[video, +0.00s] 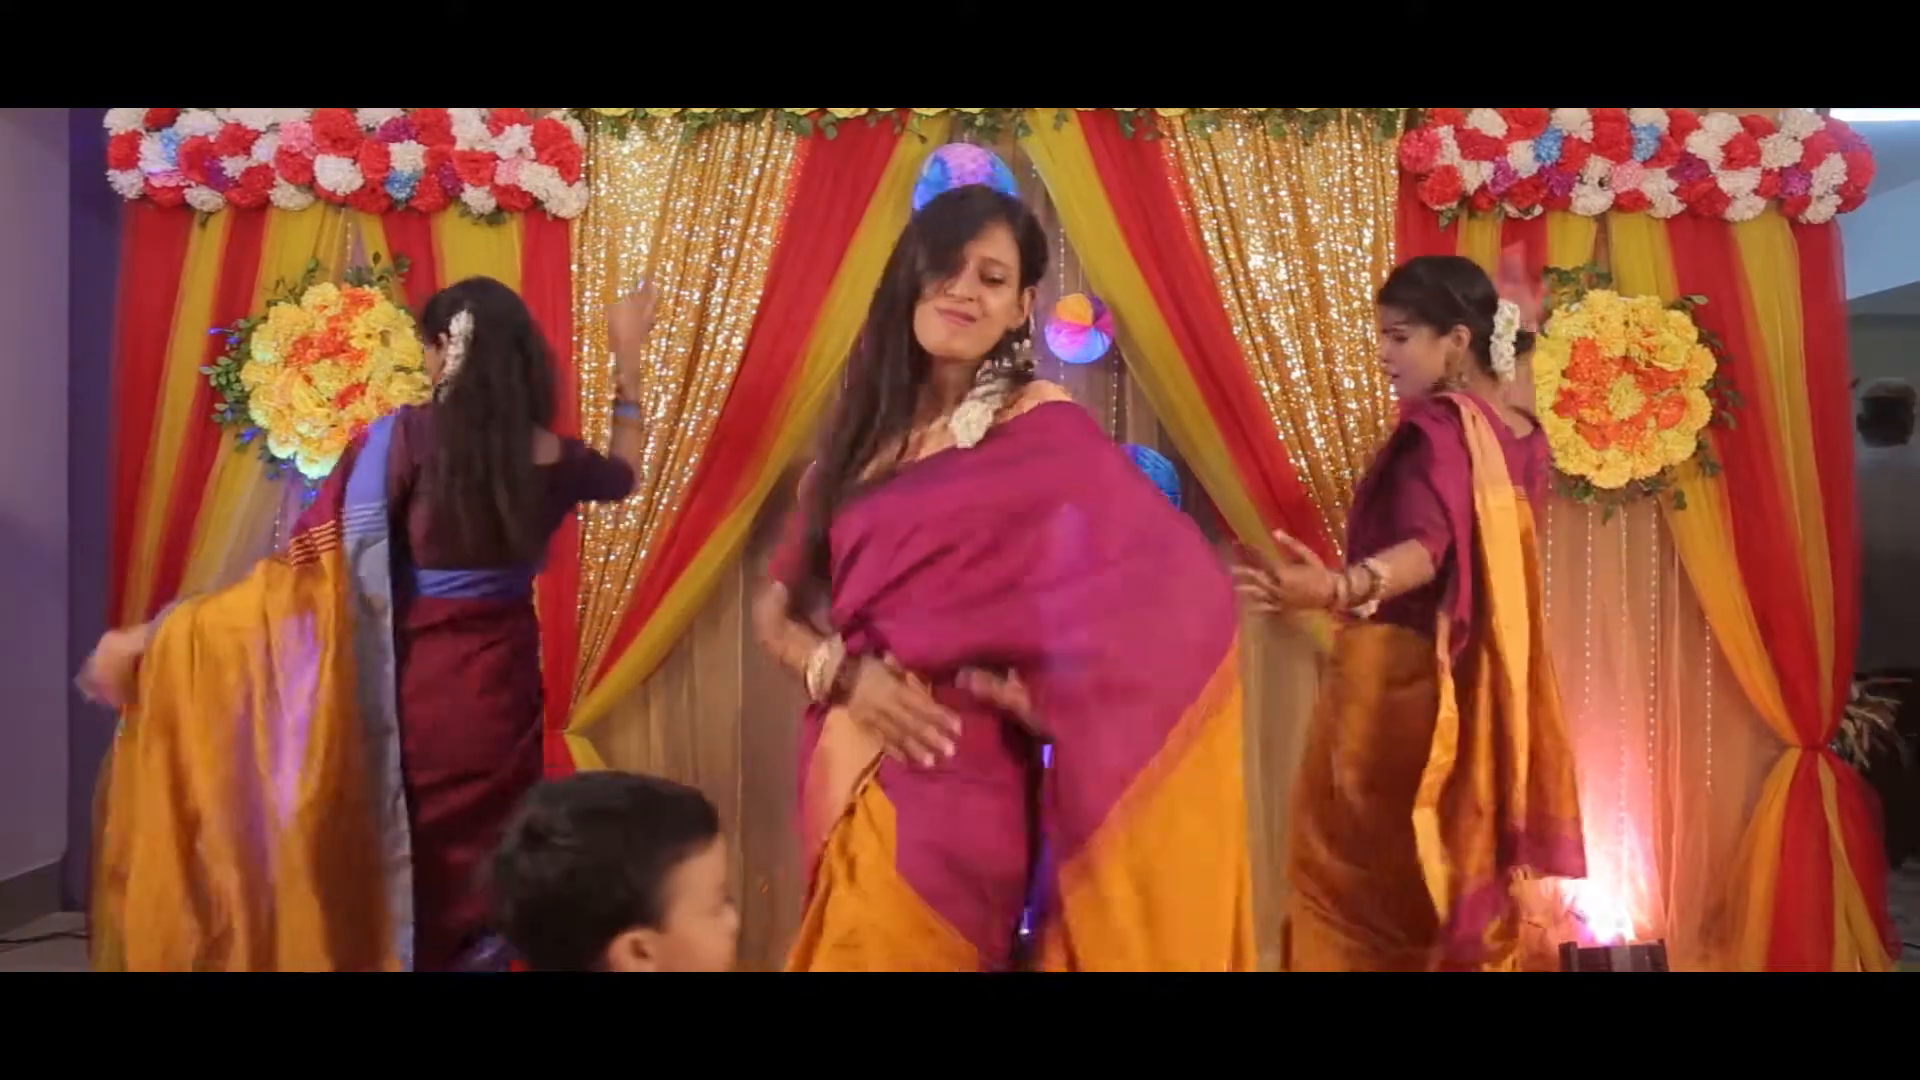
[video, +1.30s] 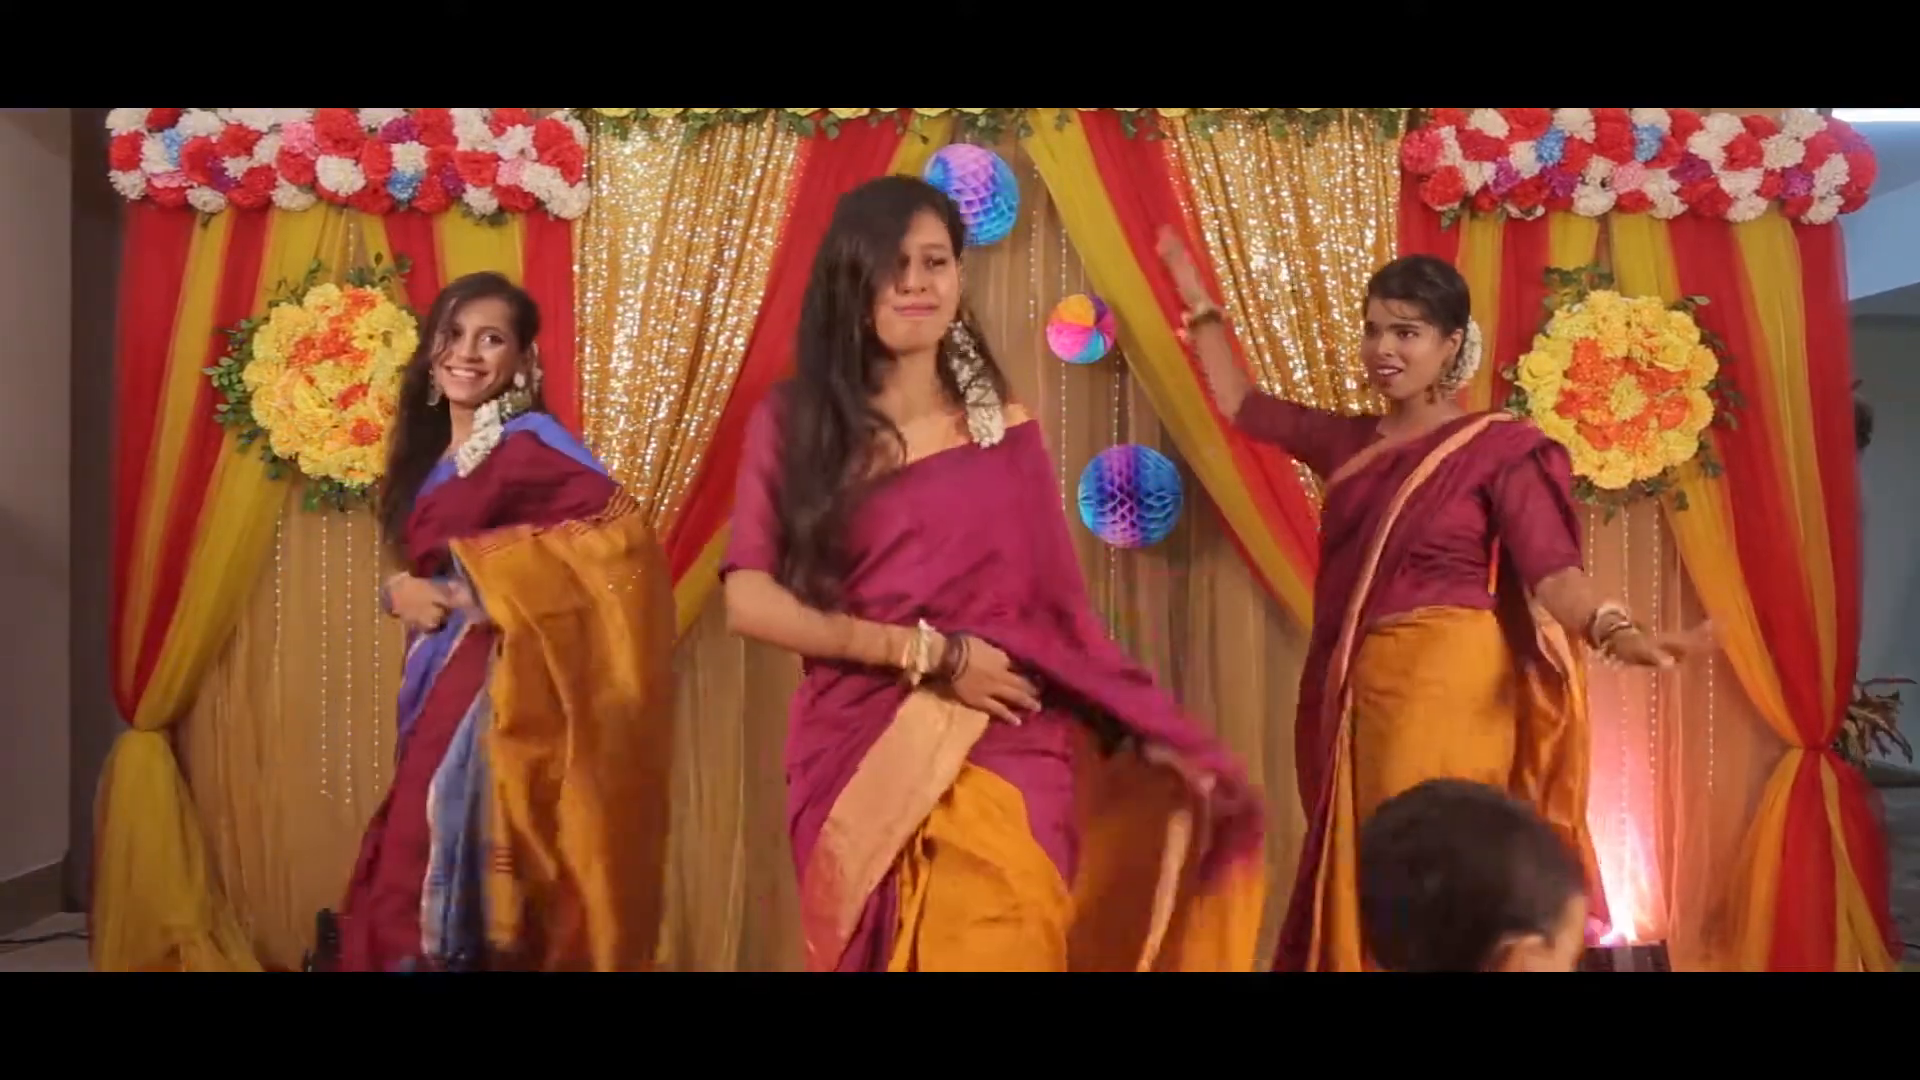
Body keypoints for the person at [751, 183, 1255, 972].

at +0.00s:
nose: (961, 294)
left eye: (992, 279)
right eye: (944, 268)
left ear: (1023, 306)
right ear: (908, 281)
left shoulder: (1042, 419)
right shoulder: (862, 442)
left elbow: (1180, 591)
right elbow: (770, 611)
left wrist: (1061, 706)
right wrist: (850, 679)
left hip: (969, 760)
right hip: (849, 765)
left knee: (893, 951)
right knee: (853, 951)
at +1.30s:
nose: (915, 282)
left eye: (936, 260)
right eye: (890, 261)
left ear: (962, 280)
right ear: (846, 280)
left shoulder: (1004, 419)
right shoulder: (794, 420)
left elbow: (1066, 612)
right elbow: (749, 602)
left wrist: (1161, 731)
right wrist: (933, 652)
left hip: (1011, 734)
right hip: (860, 736)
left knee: (1003, 941)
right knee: (876, 950)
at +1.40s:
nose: (928, 300)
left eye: (947, 278)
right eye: (904, 279)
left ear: (971, 290)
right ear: (860, 290)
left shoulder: (1009, 429)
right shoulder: (800, 424)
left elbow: (1058, 633)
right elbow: (758, 608)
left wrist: (1186, 654)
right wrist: (940, 666)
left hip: (1007, 753)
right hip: (857, 759)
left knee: (1006, 946)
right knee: (869, 957)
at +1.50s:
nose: (937, 326)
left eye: (953, 302)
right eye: (913, 306)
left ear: (975, 305)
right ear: (867, 313)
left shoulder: (1016, 442)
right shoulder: (808, 449)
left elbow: (1061, 607)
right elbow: (775, 636)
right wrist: (966, 688)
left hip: (1001, 783)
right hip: (855, 793)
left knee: (1006, 953)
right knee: (863, 960)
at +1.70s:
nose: (956, 329)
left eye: (972, 303)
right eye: (930, 305)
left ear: (990, 303)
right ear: (883, 306)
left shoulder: (1018, 434)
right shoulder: (810, 427)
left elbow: (1126, 605)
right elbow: (779, 607)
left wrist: (1128, 431)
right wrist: (974, 662)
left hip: (1022, 758)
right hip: (873, 765)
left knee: (1023, 944)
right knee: (880, 953)